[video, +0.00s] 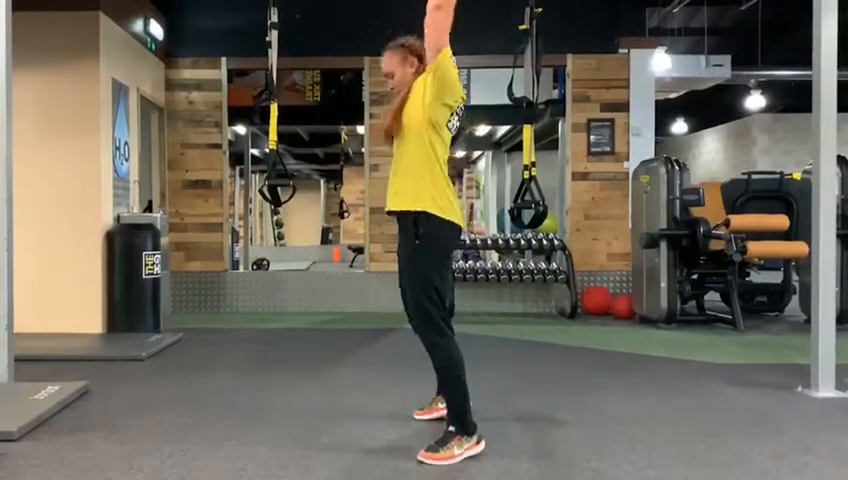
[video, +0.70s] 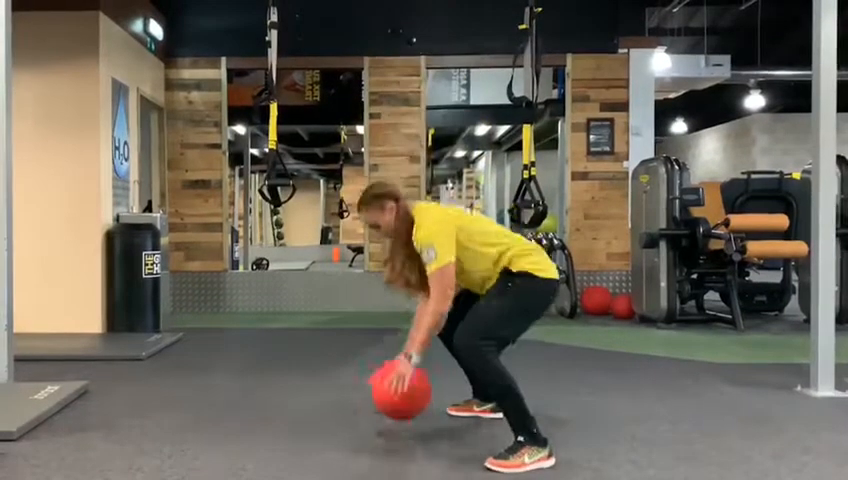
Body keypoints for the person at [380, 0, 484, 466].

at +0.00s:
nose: (389, 82)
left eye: (392, 73)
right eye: (386, 75)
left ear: (415, 63)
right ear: (408, 66)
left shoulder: (438, 88)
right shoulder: (414, 95)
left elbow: (439, 23)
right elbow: (435, 22)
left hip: (430, 217)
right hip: (414, 217)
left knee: (431, 319)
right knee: (425, 316)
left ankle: (465, 431)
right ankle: (449, 396)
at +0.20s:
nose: (397, 86)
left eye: (399, 77)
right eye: (394, 80)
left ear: (421, 63)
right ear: (414, 67)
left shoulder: (448, 92)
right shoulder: (425, 100)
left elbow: (425, 20)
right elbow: (426, 20)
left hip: (444, 223)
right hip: (429, 222)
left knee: (440, 322)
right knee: (434, 319)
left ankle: (471, 436)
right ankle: (455, 401)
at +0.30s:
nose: (406, 73)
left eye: (409, 62)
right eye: (403, 67)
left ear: (428, 54)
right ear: (428, 61)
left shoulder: (458, 80)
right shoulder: (440, 96)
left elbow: (398, 52)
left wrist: (393, 6)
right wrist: (419, 95)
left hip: (468, 219)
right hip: (454, 219)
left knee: (457, 319)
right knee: (452, 315)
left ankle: (474, 436)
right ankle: (460, 400)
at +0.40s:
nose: (407, 102)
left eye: (408, 93)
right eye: (404, 96)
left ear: (425, 79)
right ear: (423, 81)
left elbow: (415, 132)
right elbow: (424, 160)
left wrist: (366, 111)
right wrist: (373, 128)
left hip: (495, 218)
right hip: (475, 221)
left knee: (471, 320)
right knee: (462, 314)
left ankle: (492, 431)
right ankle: (470, 396)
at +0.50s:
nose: (401, 137)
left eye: (401, 127)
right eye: (396, 131)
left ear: (420, 112)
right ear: (417, 117)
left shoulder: (447, 136)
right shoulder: (441, 139)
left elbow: (442, 209)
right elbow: (437, 206)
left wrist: (395, 236)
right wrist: (403, 233)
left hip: (511, 237)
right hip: (492, 238)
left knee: (477, 327)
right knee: (459, 315)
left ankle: (532, 440)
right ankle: (490, 398)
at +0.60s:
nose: (386, 189)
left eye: (384, 180)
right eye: (381, 183)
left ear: (404, 164)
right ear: (402, 167)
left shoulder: (439, 187)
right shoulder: (428, 192)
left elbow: (452, 261)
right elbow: (432, 256)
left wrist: (412, 311)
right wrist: (417, 301)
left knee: (474, 338)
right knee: (450, 319)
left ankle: (534, 443)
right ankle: (489, 397)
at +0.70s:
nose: (378, 233)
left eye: (376, 226)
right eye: (373, 228)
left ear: (393, 207)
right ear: (392, 209)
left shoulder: (430, 226)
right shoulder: (416, 229)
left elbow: (441, 300)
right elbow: (430, 296)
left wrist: (412, 357)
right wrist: (407, 354)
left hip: (529, 275)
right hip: (502, 276)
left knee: (471, 343)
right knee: (448, 328)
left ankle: (533, 443)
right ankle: (488, 399)